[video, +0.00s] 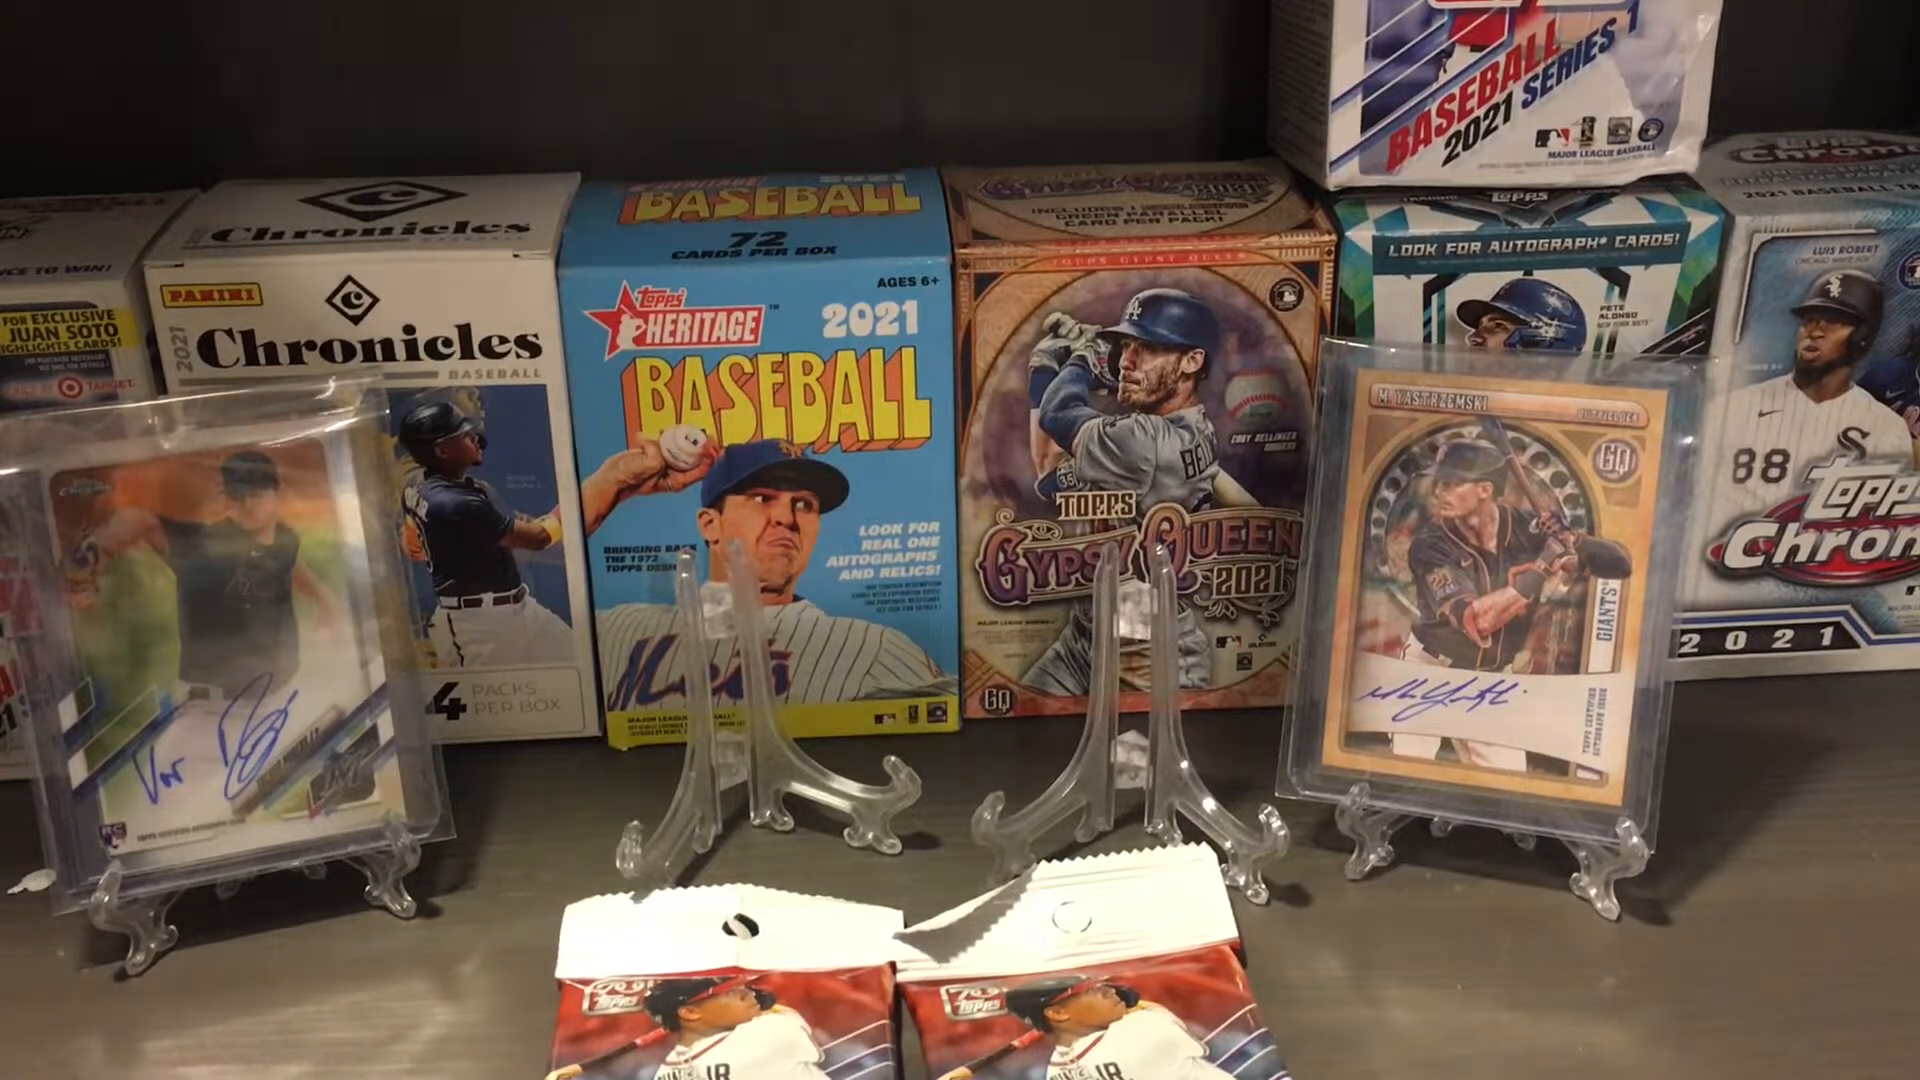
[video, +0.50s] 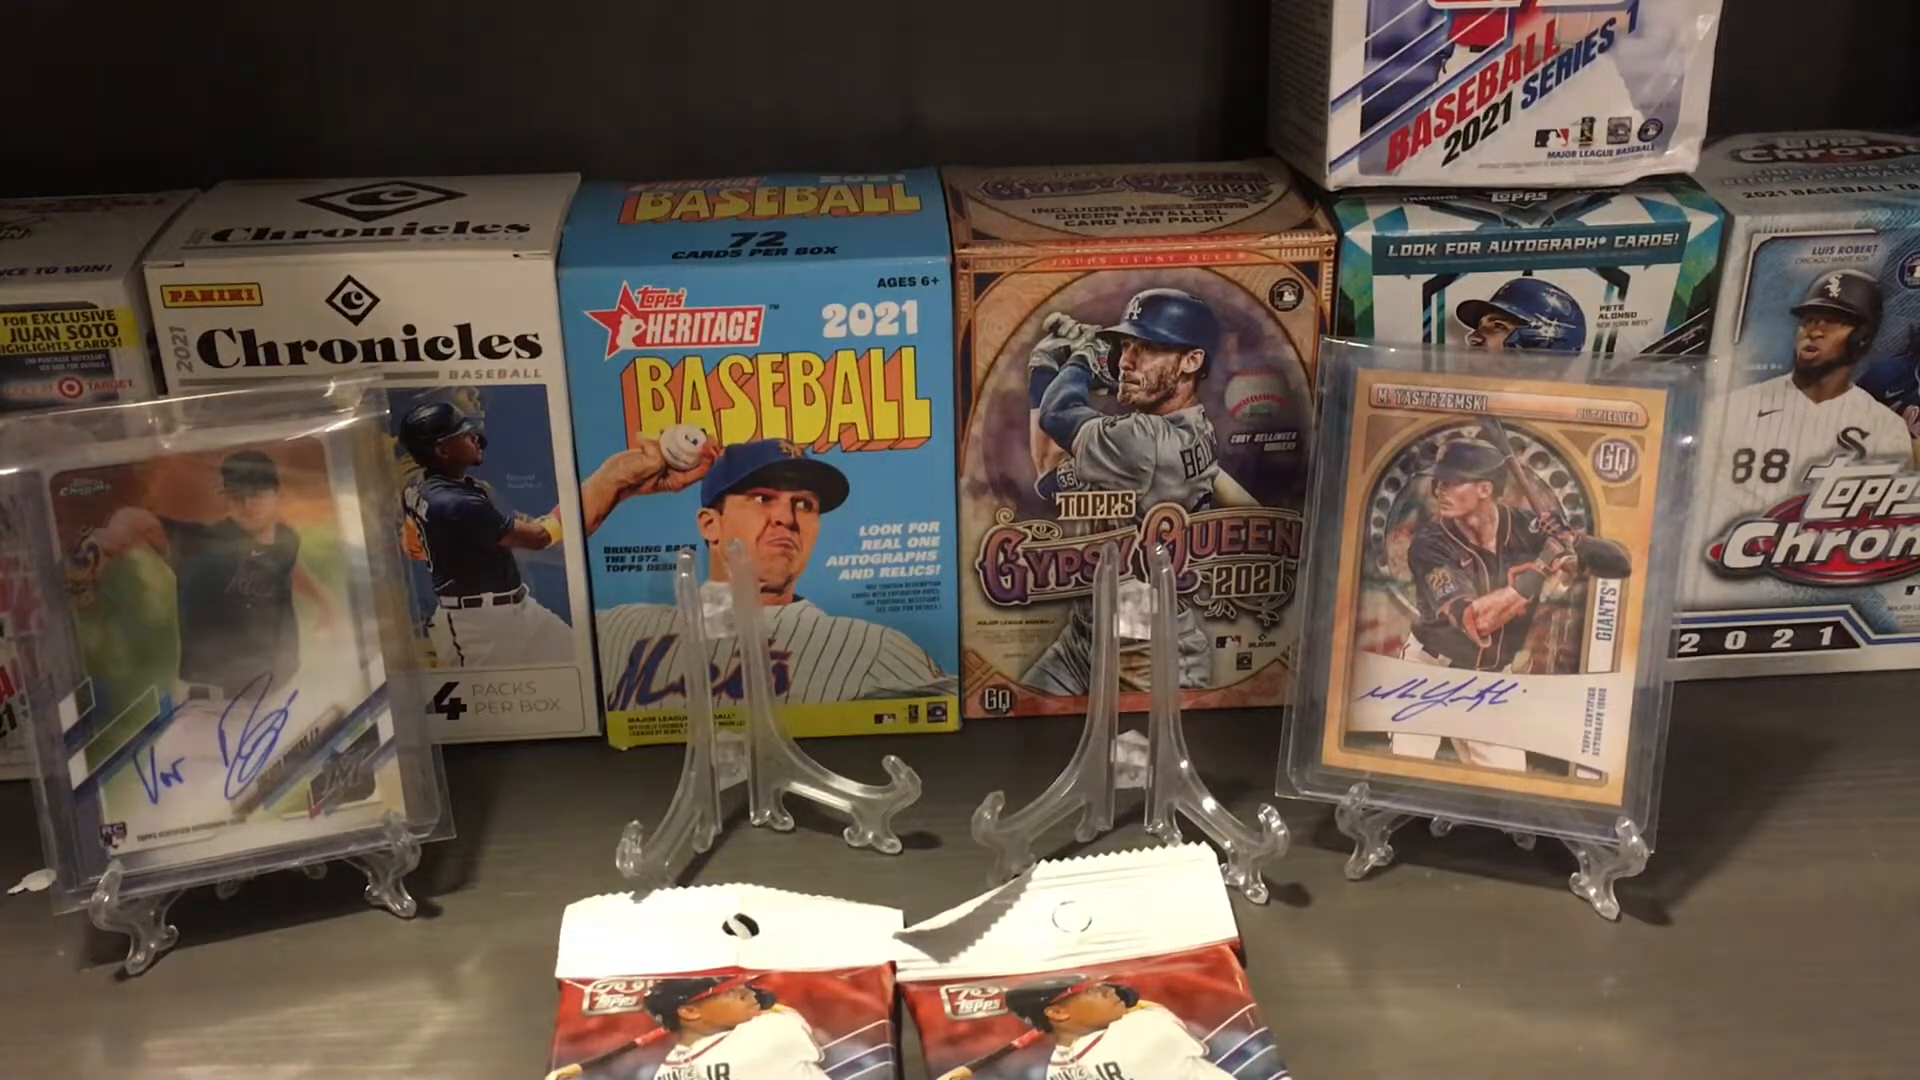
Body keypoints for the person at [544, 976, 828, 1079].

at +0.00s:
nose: (745, 993)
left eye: (737, 987)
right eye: (728, 993)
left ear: (690, 1015)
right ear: (692, 1014)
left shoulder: (666, 1071)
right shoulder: (779, 1033)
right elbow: (778, 1007)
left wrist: (579, 1071)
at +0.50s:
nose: (744, 992)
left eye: (735, 985)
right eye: (727, 992)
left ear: (690, 1014)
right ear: (692, 1014)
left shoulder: (665, 1071)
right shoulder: (777, 1033)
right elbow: (780, 1007)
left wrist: (579, 1071)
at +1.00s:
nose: (743, 992)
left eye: (733, 986)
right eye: (725, 993)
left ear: (690, 1014)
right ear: (691, 1014)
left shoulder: (665, 1071)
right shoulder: (778, 1032)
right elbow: (779, 1007)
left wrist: (578, 1071)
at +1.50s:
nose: (744, 993)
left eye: (735, 986)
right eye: (727, 993)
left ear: (690, 1015)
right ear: (691, 1015)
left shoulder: (665, 1071)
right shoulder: (779, 1032)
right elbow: (779, 1008)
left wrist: (577, 1072)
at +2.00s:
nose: (745, 993)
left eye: (736, 986)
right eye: (727, 993)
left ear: (689, 1015)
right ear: (691, 1015)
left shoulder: (666, 1071)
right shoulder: (779, 1032)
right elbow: (780, 1008)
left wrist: (577, 1072)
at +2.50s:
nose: (745, 993)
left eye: (735, 987)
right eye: (727, 993)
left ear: (689, 1015)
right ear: (691, 1015)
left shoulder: (666, 1071)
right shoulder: (778, 1033)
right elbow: (779, 1008)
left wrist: (578, 1071)